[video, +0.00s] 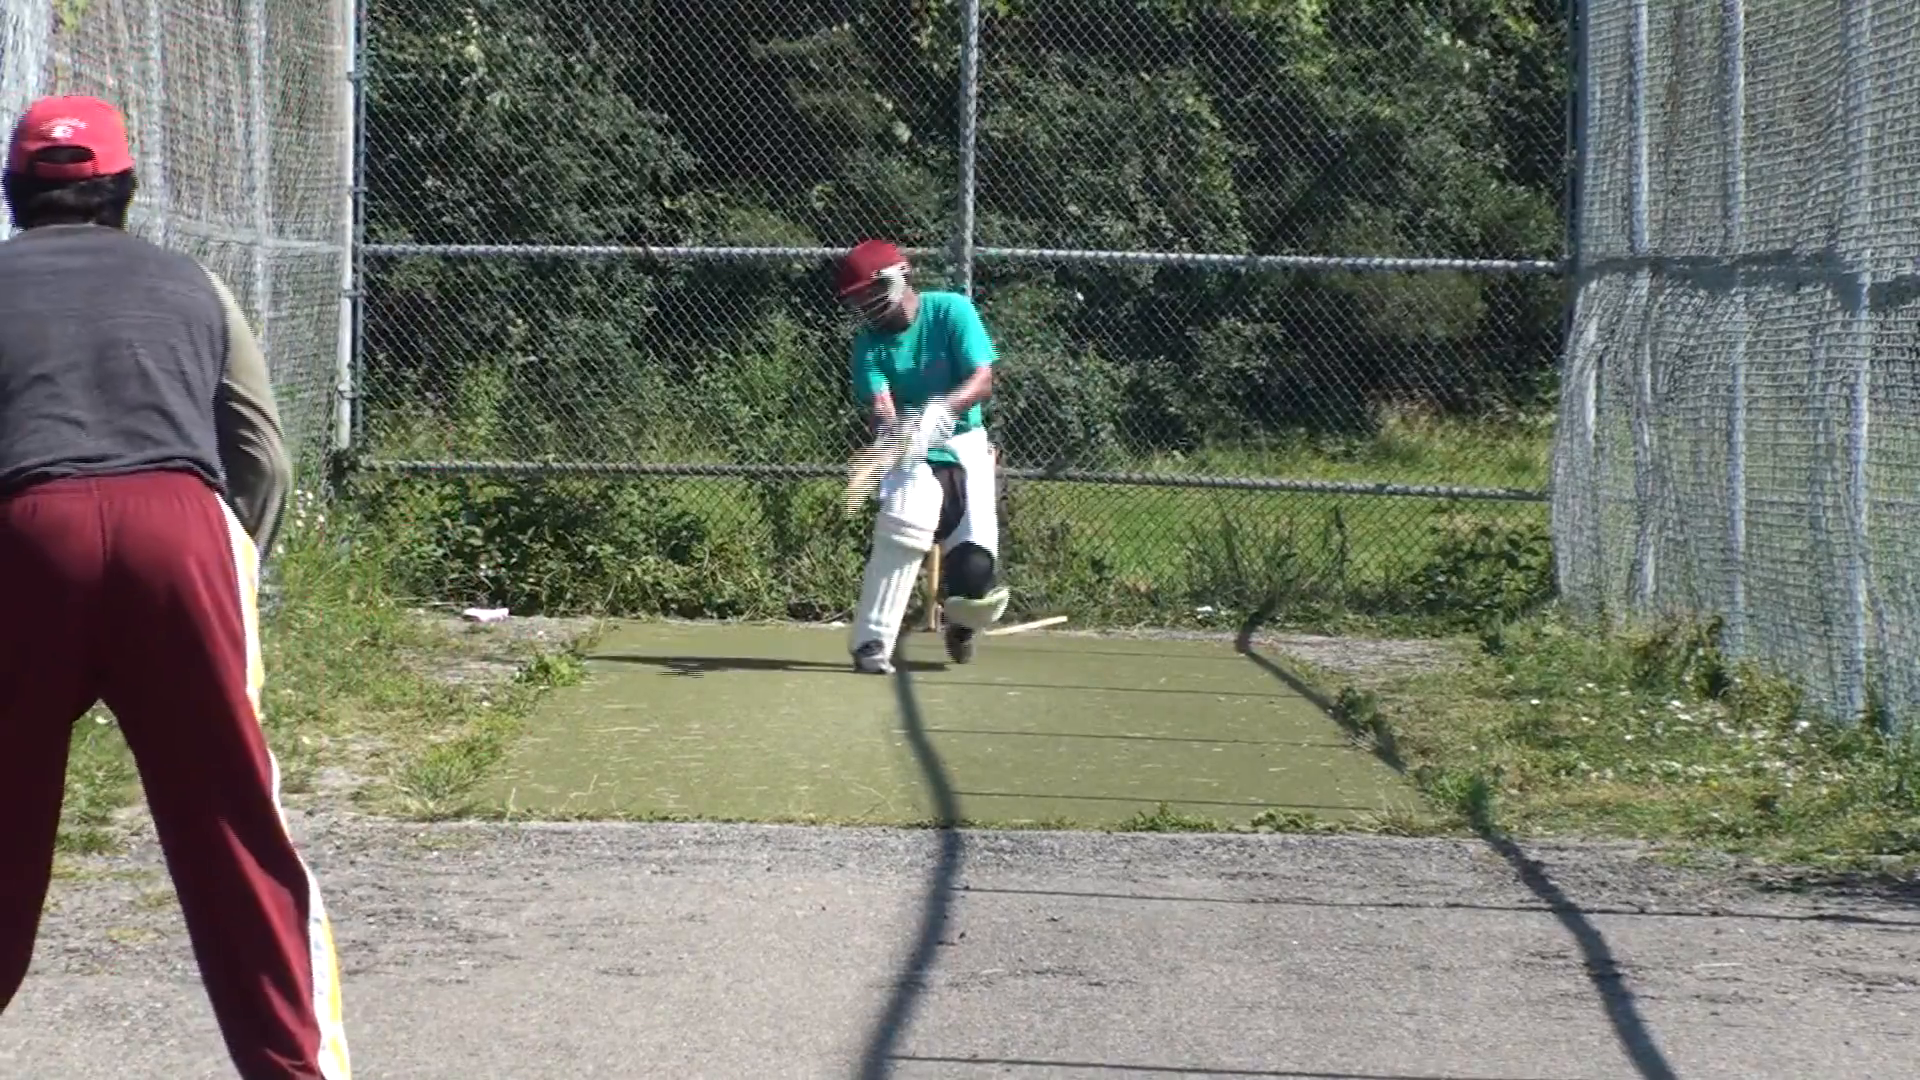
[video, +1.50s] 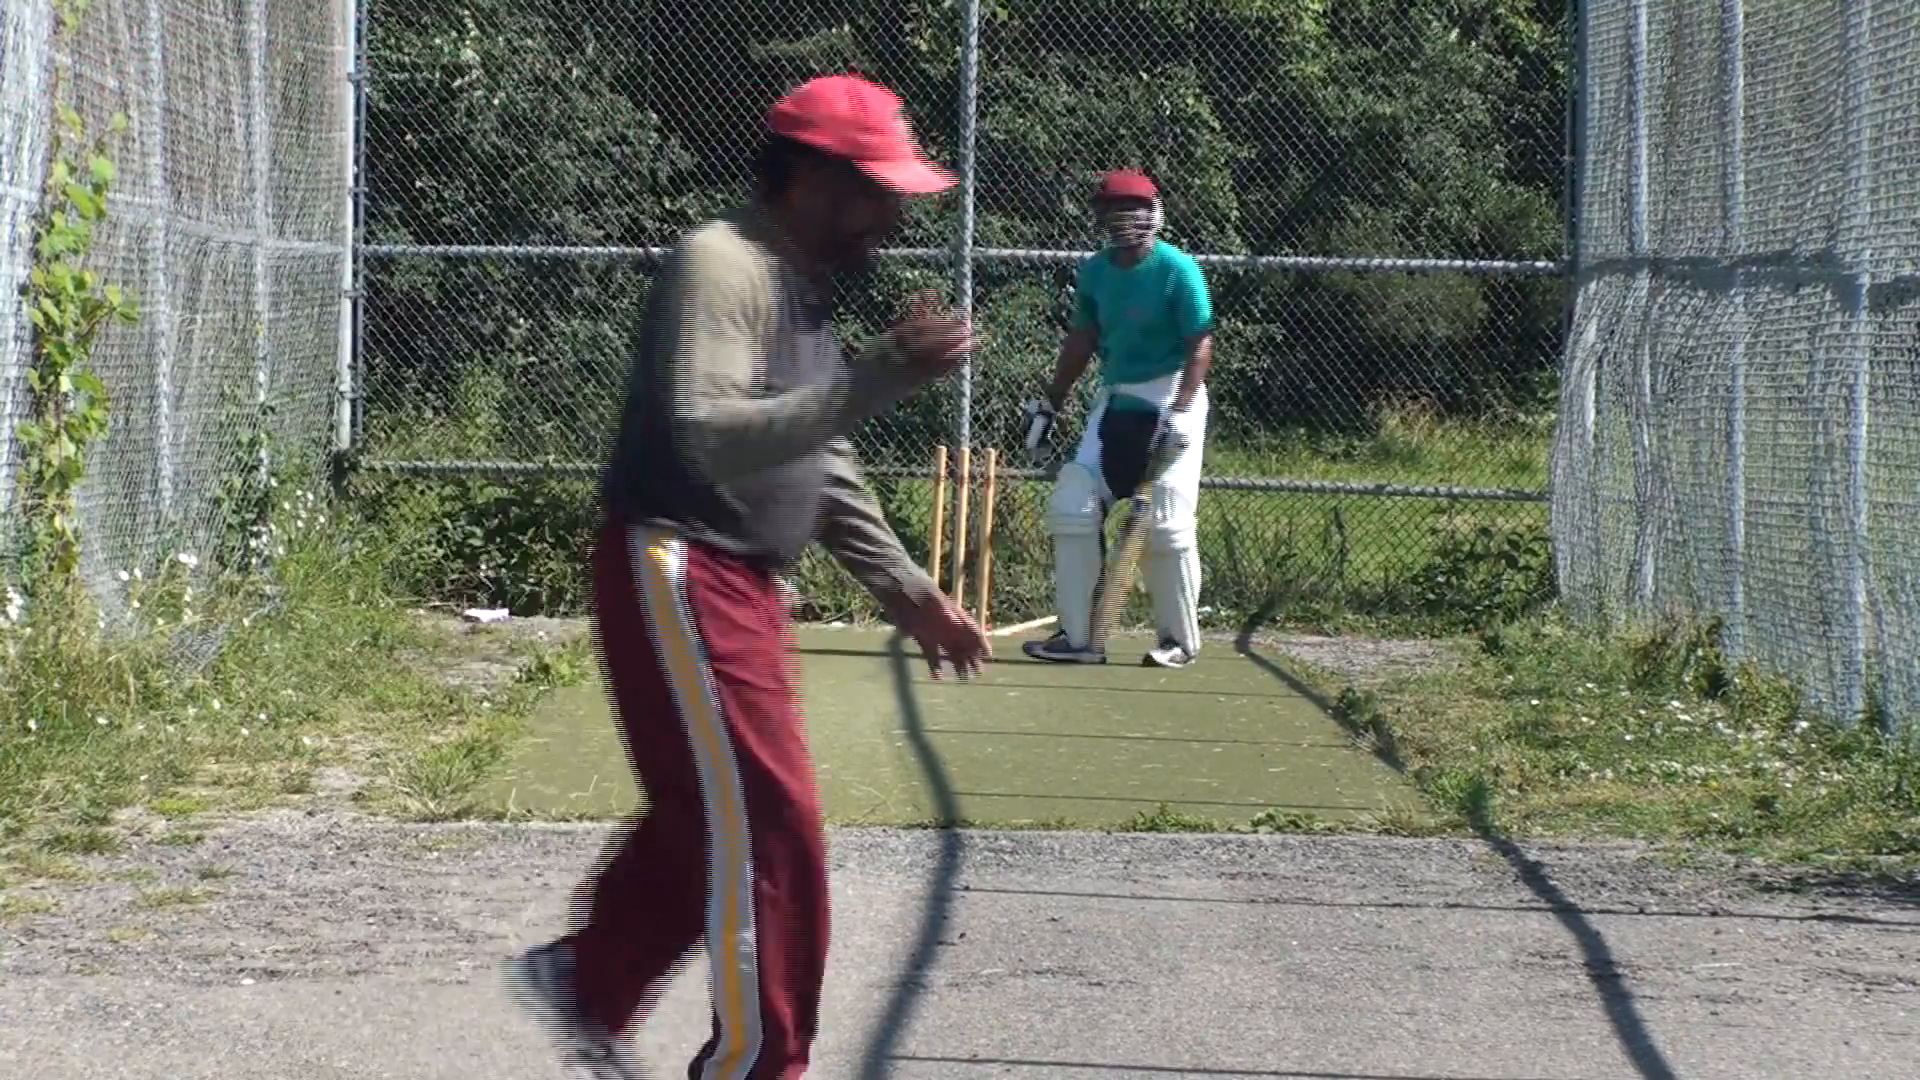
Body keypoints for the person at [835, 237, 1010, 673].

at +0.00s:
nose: (871, 309)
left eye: (876, 296)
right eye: (861, 304)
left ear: (901, 279)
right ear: (854, 303)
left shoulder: (953, 310)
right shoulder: (868, 342)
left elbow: (982, 379)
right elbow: (880, 406)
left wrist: (941, 410)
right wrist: (893, 432)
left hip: (966, 446)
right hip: (910, 451)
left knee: (974, 570)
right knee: (901, 535)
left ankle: (960, 625)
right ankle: (874, 641)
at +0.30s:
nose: (884, 290)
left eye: (889, 278)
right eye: (878, 283)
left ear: (916, 265)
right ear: (883, 283)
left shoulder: (968, 298)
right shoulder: (900, 330)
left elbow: (995, 372)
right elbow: (906, 398)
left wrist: (942, 413)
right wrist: (897, 436)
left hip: (995, 430)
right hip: (934, 436)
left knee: (981, 549)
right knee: (902, 528)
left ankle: (1038, 629)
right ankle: (874, 639)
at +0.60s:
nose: (966, 238)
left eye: (970, 228)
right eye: (967, 228)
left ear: (986, 228)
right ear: (1013, 230)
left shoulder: (1000, 265)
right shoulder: (1035, 272)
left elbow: (1007, 336)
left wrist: (969, 392)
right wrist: (985, 402)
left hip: (1036, 415)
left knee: (988, 528)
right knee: (931, 490)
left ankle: (1055, 644)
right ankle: (940, 632)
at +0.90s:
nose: (996, 234)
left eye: (1004, 223)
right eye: (996, 223)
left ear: (1029, 226)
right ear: (1042, 229)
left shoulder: (1036, 269)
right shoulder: (1064, 270)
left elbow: (1050, 343)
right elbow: (1089, 350)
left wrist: (1017, 391)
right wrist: (1031, 398)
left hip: (1072, 409)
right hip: (1094, 407)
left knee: (1007, 518)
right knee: (1039, 517)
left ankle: (1055, 643)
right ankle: (1077, 628)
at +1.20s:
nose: (1064, 217)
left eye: (1074, 207)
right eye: (1051, 211)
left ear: (1092, 208)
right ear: (1038, 219)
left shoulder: (1113, 259)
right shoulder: (1053, 272)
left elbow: (1137, 333)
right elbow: (1073, 341)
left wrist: (1099, 391)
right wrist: (1073, 410)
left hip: (1132, 392)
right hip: (1084, 394)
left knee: (1098, 504)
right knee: (1053, 519)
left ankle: (1122, 639)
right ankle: (1068, 636)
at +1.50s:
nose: (1128, 221)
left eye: (1138, 210)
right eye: (1116, 213)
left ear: (1156, 214)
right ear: (1103, 220)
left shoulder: (1179, 272)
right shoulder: (1093, 273)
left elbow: (1200, 350)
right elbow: (1080, 341)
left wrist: (1177, 417)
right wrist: (1050, 403)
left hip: (1174, 400)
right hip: (1115, 400)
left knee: (1166, 522)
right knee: (1072, 507)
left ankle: (1178, 641)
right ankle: (1078, 637)